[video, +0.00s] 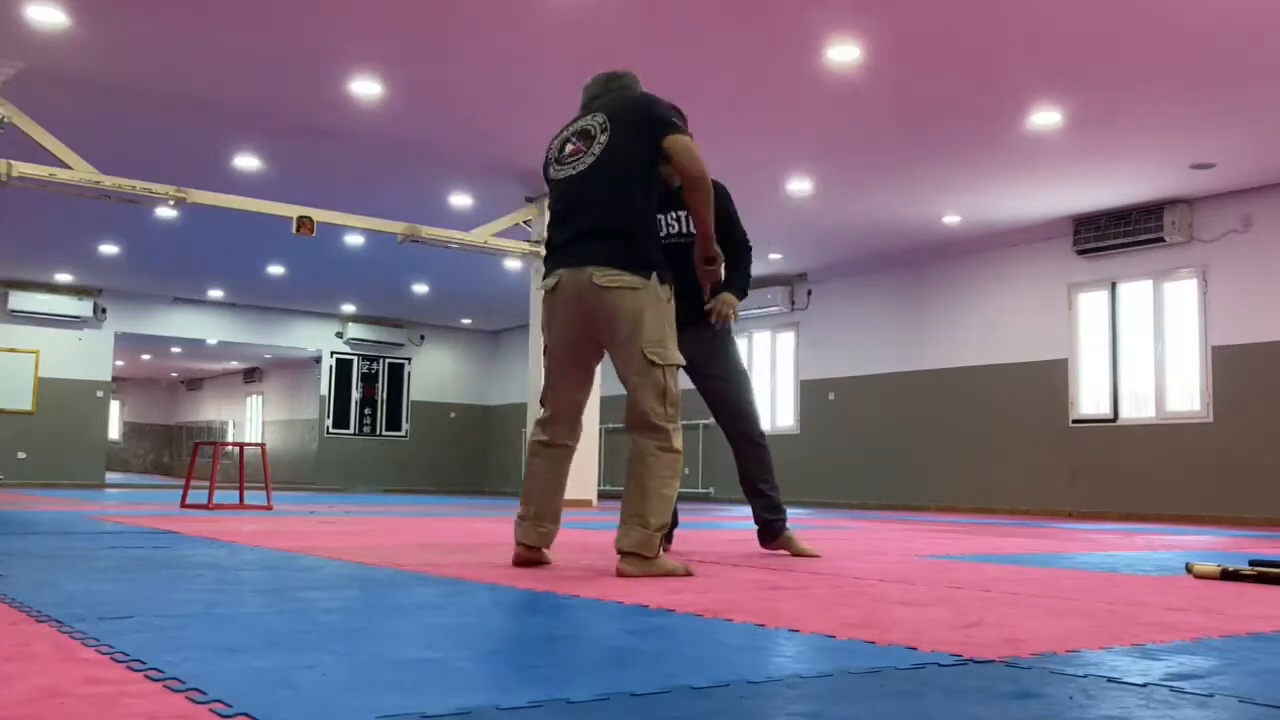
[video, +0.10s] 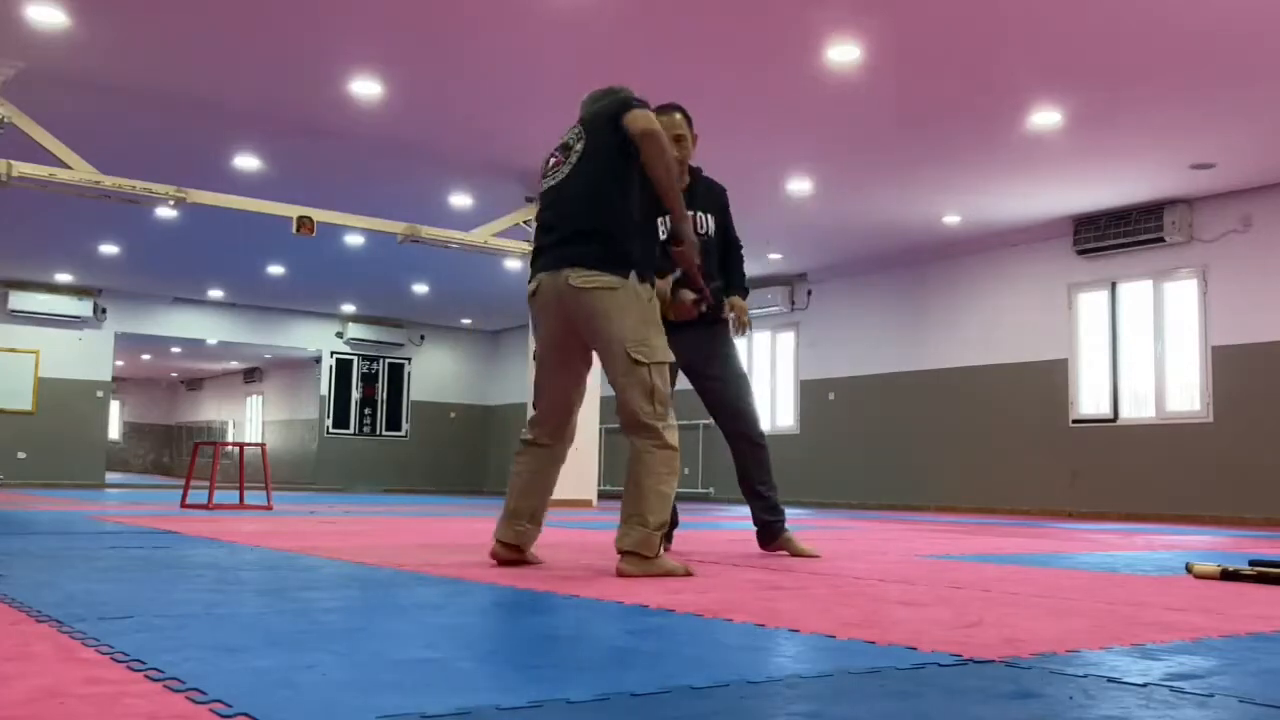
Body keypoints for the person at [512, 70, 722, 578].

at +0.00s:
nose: (644, 93)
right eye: (641, 88)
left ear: (586, 100)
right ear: (633, 89)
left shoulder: (559, 142)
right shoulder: (648, 107)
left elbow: (569, 211)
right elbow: (694, 171)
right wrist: (707, 244)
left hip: (563, 284)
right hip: (631, 282)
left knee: (557, 418)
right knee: (655, 420)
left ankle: (530, 540)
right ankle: (641, 550)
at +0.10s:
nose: (649, 117)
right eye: (644, 113)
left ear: (585, 113)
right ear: (625, 104)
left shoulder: (560, 157)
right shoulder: (619, 104)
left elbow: (599, 249)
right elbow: (649, 131)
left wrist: (666, 302)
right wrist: (682, 227)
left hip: (548, 289)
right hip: (609, 284)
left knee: (548, 424)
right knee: (652, 425)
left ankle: (511, 539)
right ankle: (641, 551)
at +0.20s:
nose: (642, 145)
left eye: (643, 140)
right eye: (642, 135)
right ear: (626, 120)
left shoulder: (563, 171)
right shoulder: (608, 113)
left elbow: (610, 259)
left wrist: (672, 293)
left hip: (532, 289)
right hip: (589, 289)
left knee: (548, 421)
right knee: (647, 420)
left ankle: (516, 541)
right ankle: (641, 549)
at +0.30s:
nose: (644, 137)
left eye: (645, 130)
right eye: (645, 126)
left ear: (606, 108)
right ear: (630, 113)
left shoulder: (570, 162)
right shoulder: (610, 113)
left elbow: (611, 258)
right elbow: (592, 122)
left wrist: (670, 295)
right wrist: (632, 210)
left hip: (528, 288)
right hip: (581, 287)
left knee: (549, 421)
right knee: (637, 422)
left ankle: (515, 542)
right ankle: (630, 552)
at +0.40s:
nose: (643, 129)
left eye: (644, 121)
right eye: (644, 118)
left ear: (596, 97)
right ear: (632, 107)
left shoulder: (559, 150)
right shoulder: (606, 112)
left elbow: (581, 252)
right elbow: (595, 130)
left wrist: (641, 308)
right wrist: (636, 209)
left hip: (527, 286)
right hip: (581, 284)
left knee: (548, 416)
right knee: (634, 423)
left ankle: (509, 538)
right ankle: (630, 551)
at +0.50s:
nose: (633, 112)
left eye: (632, 104)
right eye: (631, 104)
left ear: (578, 98)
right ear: (622, 102)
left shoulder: (546, 139)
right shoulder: (607, 121)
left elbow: (549, 220)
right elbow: (617, 166)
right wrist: (648, 230)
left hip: (518, 284)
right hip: (573, 280)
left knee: (543, 421)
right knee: (622, 420)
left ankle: (514, 542)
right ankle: (630, 551)